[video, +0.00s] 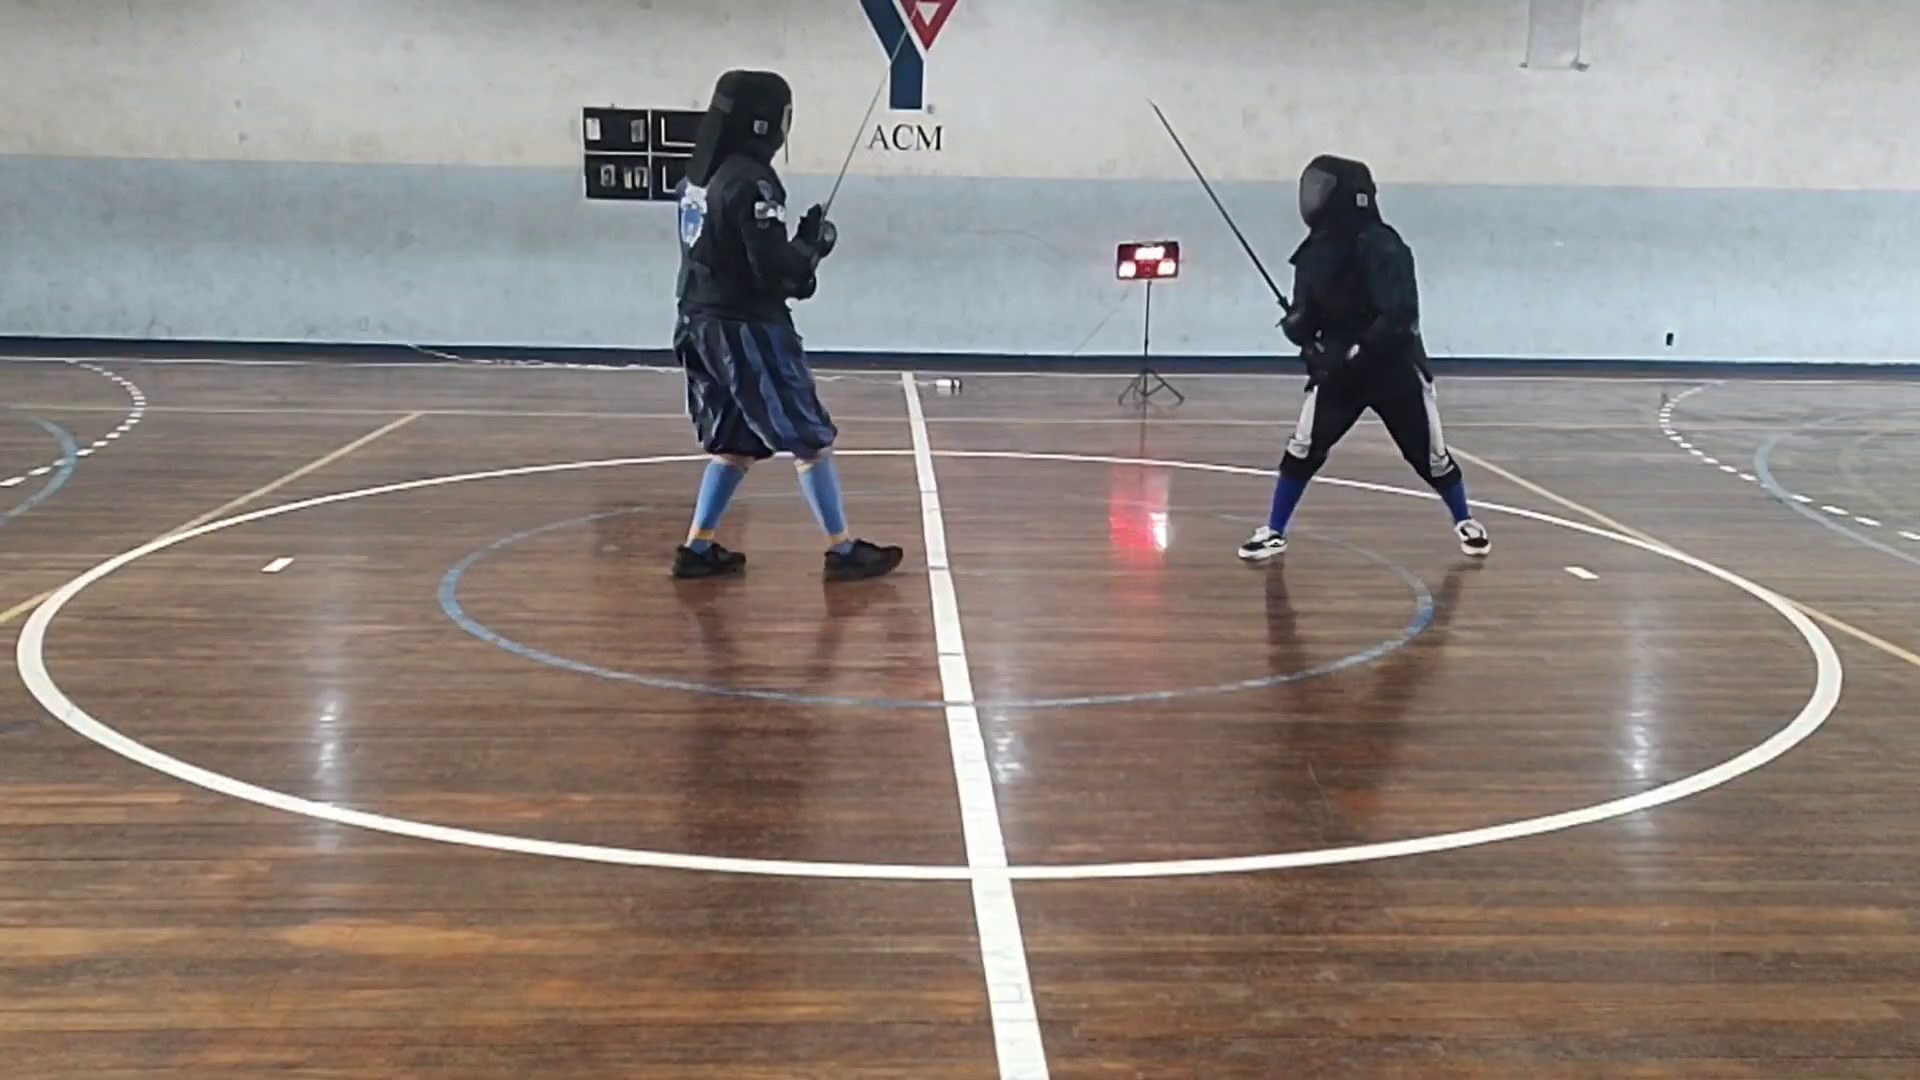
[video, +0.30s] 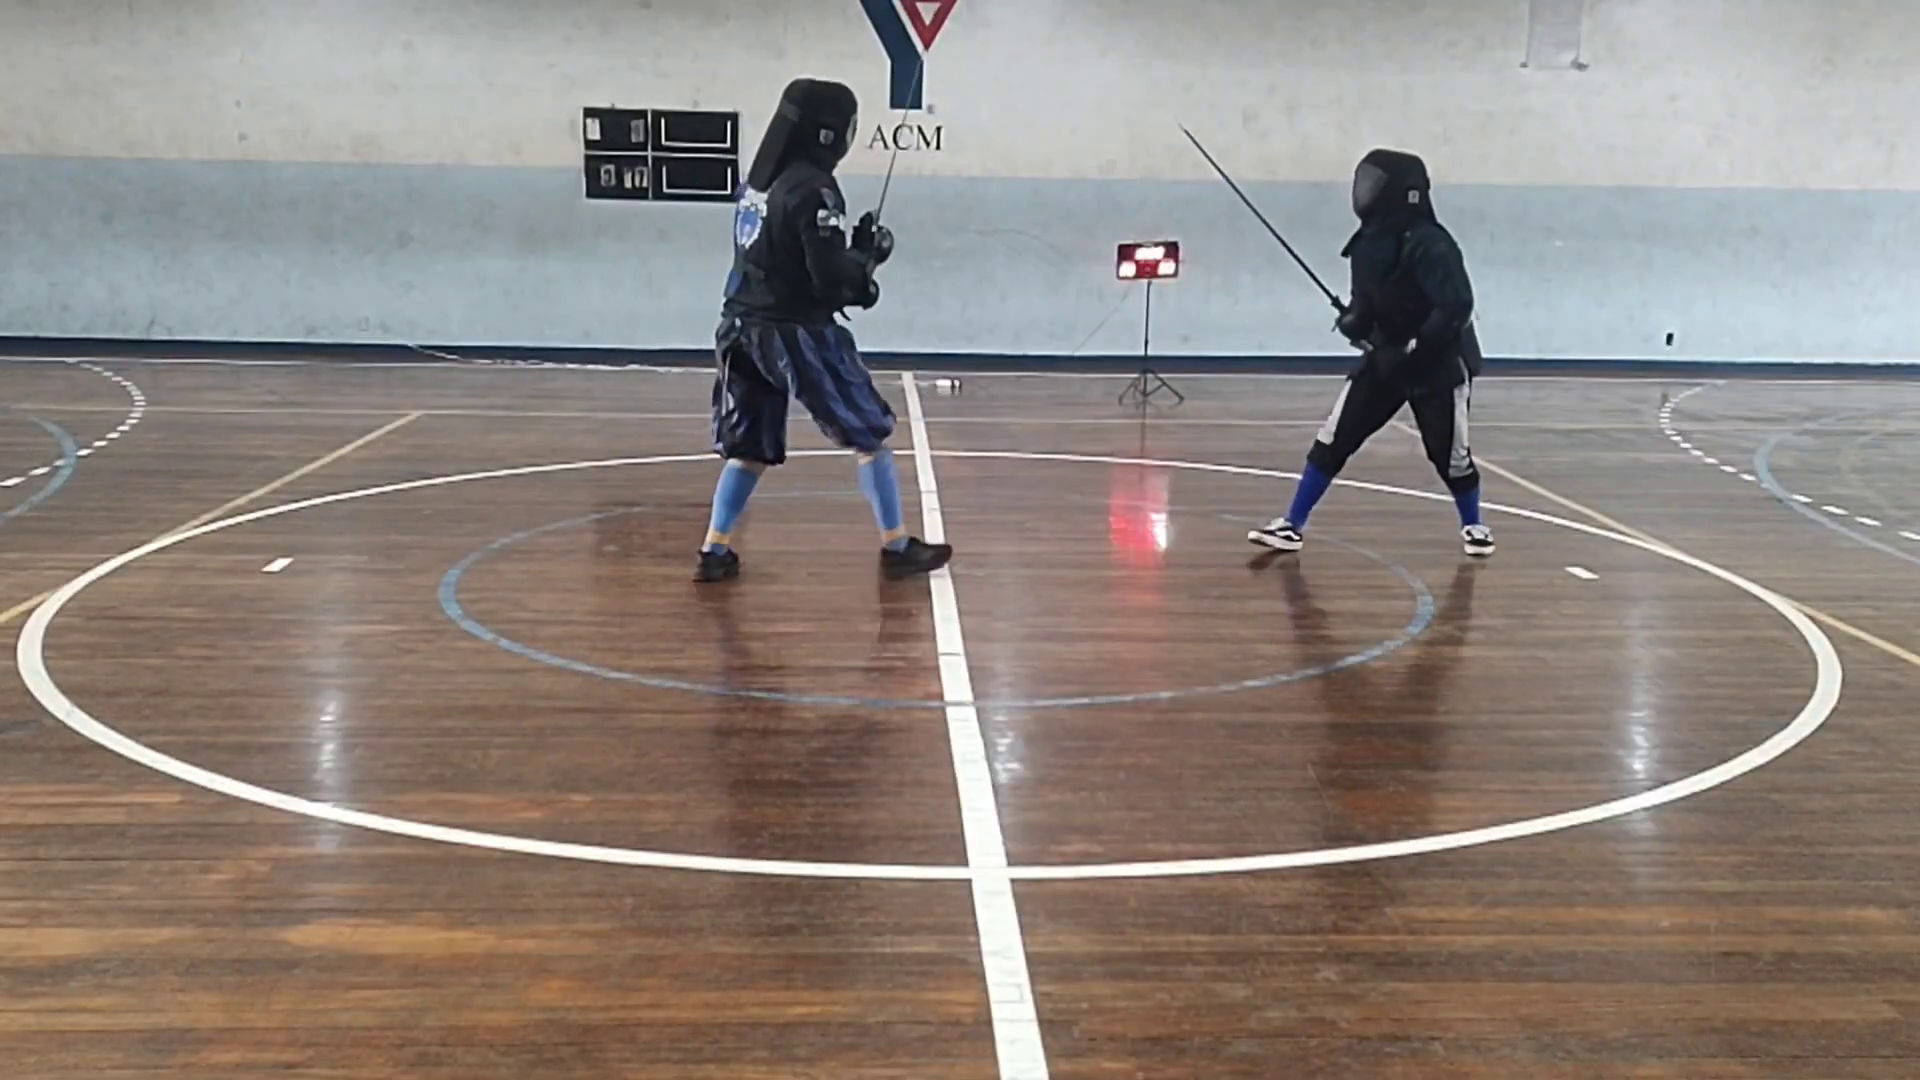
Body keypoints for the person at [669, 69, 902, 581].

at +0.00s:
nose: (784, 132)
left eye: (785, 121)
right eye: (782, 121)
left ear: (727, 119)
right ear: (765, 125)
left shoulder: (699, 173)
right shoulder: (753, 182)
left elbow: (726, 259)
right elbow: (782, 269)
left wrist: (796, 242)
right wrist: (813, 246)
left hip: (702, 324)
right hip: (750, 327)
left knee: (740, 439)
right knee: (809, 434)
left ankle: (698, 546)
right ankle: (844, 546)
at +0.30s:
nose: (850, 140)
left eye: (849, 129)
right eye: (848, 129)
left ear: (793, 125)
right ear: (830, 133)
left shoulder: (758, 177)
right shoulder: (815, 190)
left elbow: (773, 261)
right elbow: (832, 274)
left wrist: (851, 274)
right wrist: (866, 258)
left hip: (742, 327)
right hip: (800, 332)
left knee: (752, 444)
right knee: (870, 432)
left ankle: (715, 549)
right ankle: (897, 543)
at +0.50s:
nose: (903, 147)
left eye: (902, 137)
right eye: (899, 138)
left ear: (846, 135)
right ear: (880, 143)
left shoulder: (813, 186)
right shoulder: (869, 199)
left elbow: (829, 270)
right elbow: (889, 287)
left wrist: (907, 287)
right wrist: (925, 263)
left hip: (792, 333)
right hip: (852, 338)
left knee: (773, 445)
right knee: (932, 423)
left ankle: (716, 547)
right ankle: (940, 535)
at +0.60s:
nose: (931, 152)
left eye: (931, 142)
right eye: (929, 143)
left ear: (874, 139)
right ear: (913, 147)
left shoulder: (843, 190)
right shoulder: (909, 204)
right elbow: (959, 290)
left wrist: (955, 281)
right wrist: (987, 263)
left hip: (824, 331)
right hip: (886, 338)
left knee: (780, 443)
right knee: (949, 438)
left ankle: (714, 544)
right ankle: (998, 550)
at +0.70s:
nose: (962, 151)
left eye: (959, 141)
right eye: (959, 142)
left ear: (904, 142)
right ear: (948, 150)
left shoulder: (878, 187)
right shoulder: (950, 207)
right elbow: (1027, 252)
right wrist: (1062, 226)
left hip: (855, 336)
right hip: (921, 342)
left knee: (808, 444)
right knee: (991, 435)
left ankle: (732, 531)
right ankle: (1007, 550)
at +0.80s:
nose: (994, 145)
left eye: (993, 140)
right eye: (991, 138)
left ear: (940, 135)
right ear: (978, 147)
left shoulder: (910, 169)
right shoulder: (980, 199)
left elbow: (980, 165)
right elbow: (1049, 207)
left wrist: (1030, 161)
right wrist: (1098, 188)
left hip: (878, 335)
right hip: (941, 341)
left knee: (833, 437)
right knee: (1007, 435)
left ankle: (762, 533)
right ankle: (1010, 550)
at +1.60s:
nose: (1039, 152)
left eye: (1038, 144)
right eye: (1039, 144)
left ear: (984, 127)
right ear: (1029, 147)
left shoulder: (939, 162)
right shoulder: (1027, 197)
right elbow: (1067, 255)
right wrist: (1074, 204)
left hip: (919, 331)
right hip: (985, 337)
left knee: (873, 433)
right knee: (1031, 440)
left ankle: (819, 546)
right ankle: (1011, 551)